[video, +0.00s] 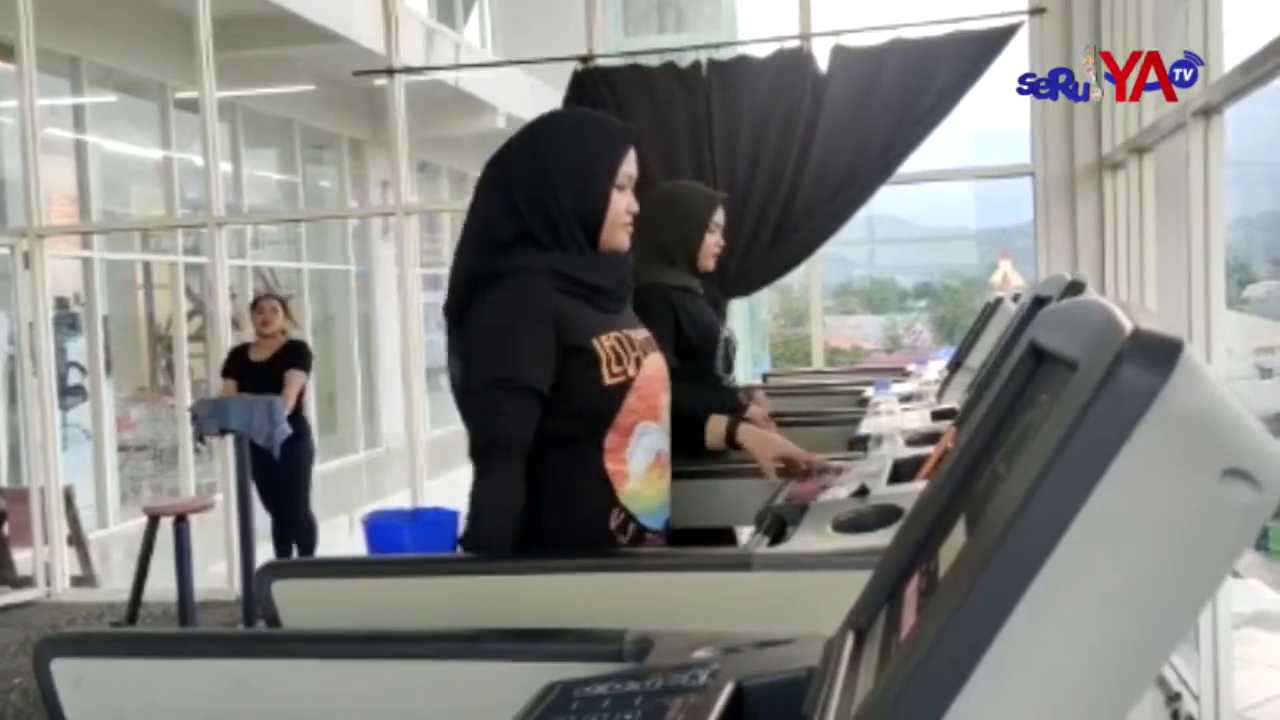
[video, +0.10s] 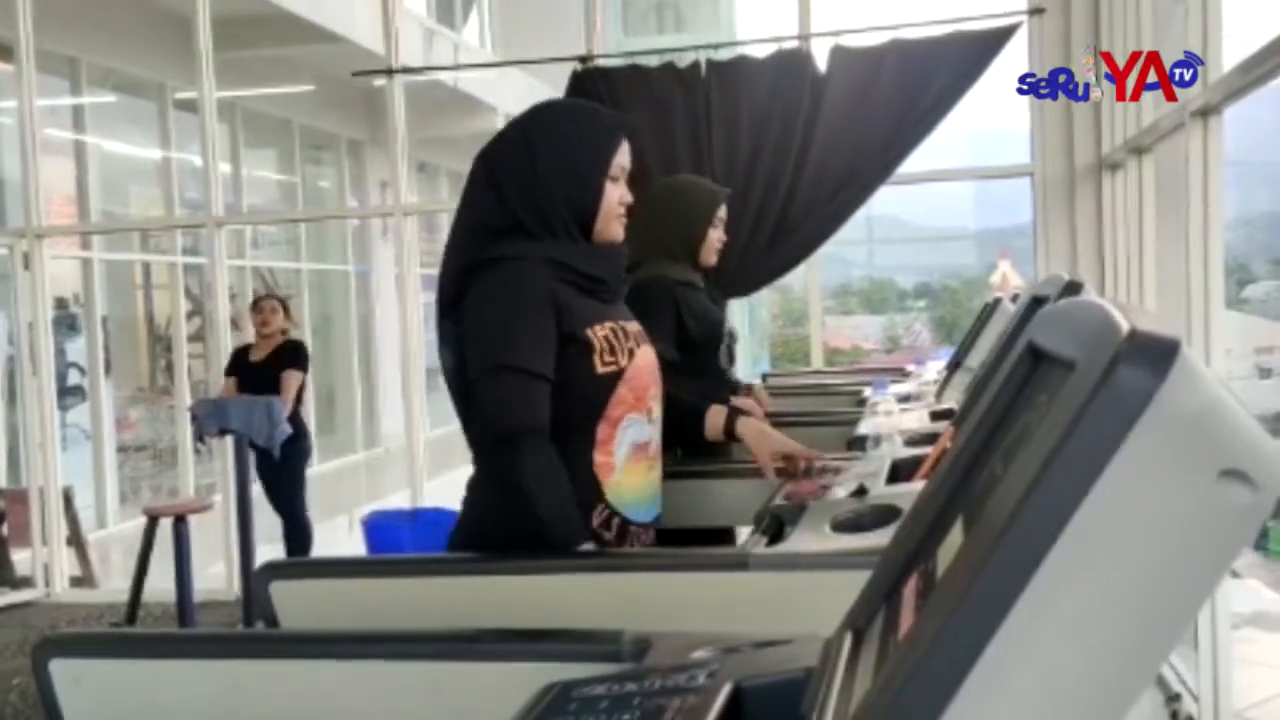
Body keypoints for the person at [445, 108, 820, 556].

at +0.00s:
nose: (635, 207)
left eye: (632, 189)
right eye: (621, 188)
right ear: (571, 188)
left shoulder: (598, 289)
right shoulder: (519, 300)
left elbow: (623, 413)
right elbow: (501, 461)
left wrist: (738, 434)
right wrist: (478, 589)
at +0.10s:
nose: (629, 199)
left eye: (626, 181)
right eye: (614, 179)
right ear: (564, 179)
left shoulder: (588, 279)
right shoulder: (516, 285)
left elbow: (627, 400)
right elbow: (515, 449)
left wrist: (737, 425)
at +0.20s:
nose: (625, 201)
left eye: (622, 185)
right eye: (610, 183)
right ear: (561, 183)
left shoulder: (580, 284)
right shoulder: (516, 288)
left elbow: (624, 399)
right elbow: (538, 442)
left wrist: (738, 424)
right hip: (525, 565)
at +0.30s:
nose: (623, 212)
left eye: (621, 196)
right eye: (610, 195)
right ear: (561, 195)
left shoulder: (586, 296)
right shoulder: (517, 298)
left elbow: (628, 412)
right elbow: (548, 443)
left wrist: (735, 433)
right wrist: (675, 510)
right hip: (510, 560)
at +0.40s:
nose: (623, 215)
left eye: (621, 198)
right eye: (609, 197)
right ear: (561, 196)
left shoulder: (587, 295)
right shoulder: (518, 298)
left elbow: (629, 415)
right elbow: (534, 447)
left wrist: (739, 445)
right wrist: (655, 523)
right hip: (543, 570)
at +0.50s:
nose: (627, 202)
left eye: (625, 186)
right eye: (613, 185)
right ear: (563, 183)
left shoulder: (592, 282)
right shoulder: (511, 285)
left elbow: (633, 405)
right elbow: (508, 441)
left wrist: (734, 443)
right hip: (538, 569)